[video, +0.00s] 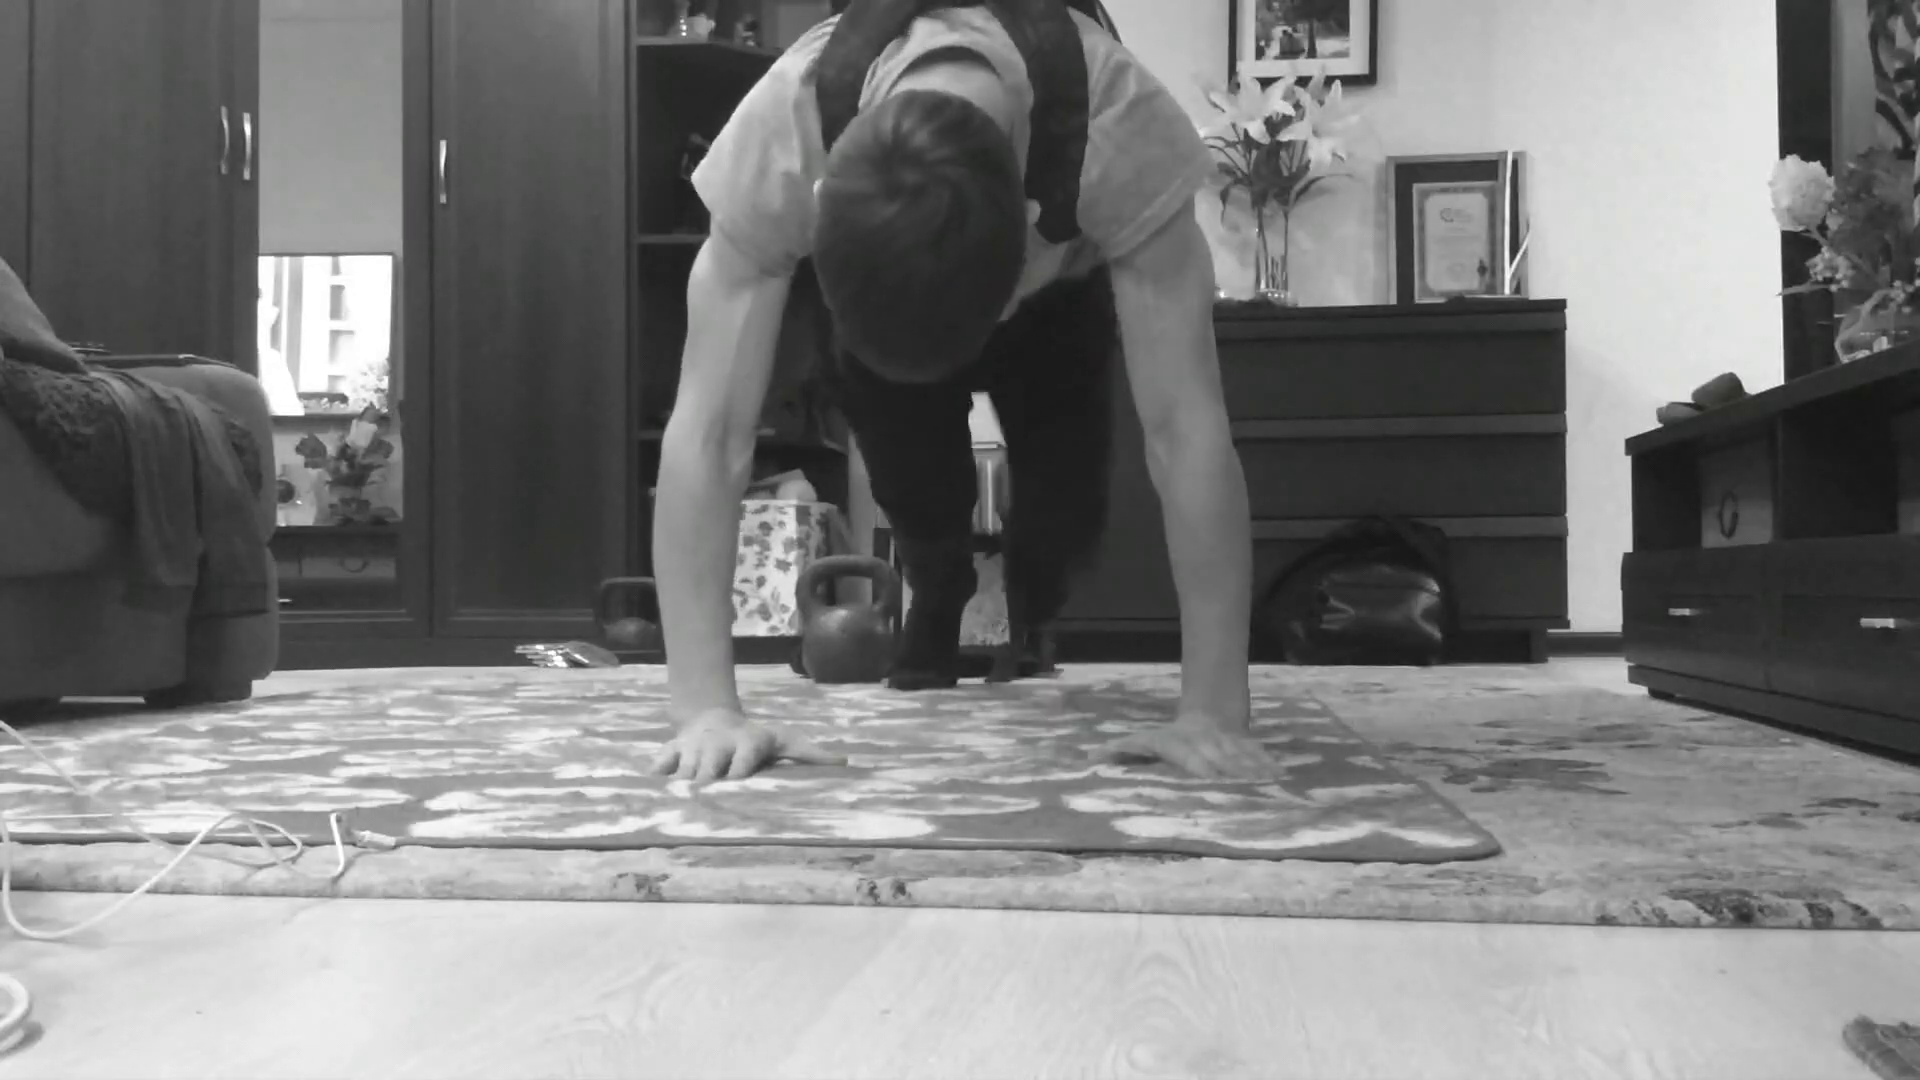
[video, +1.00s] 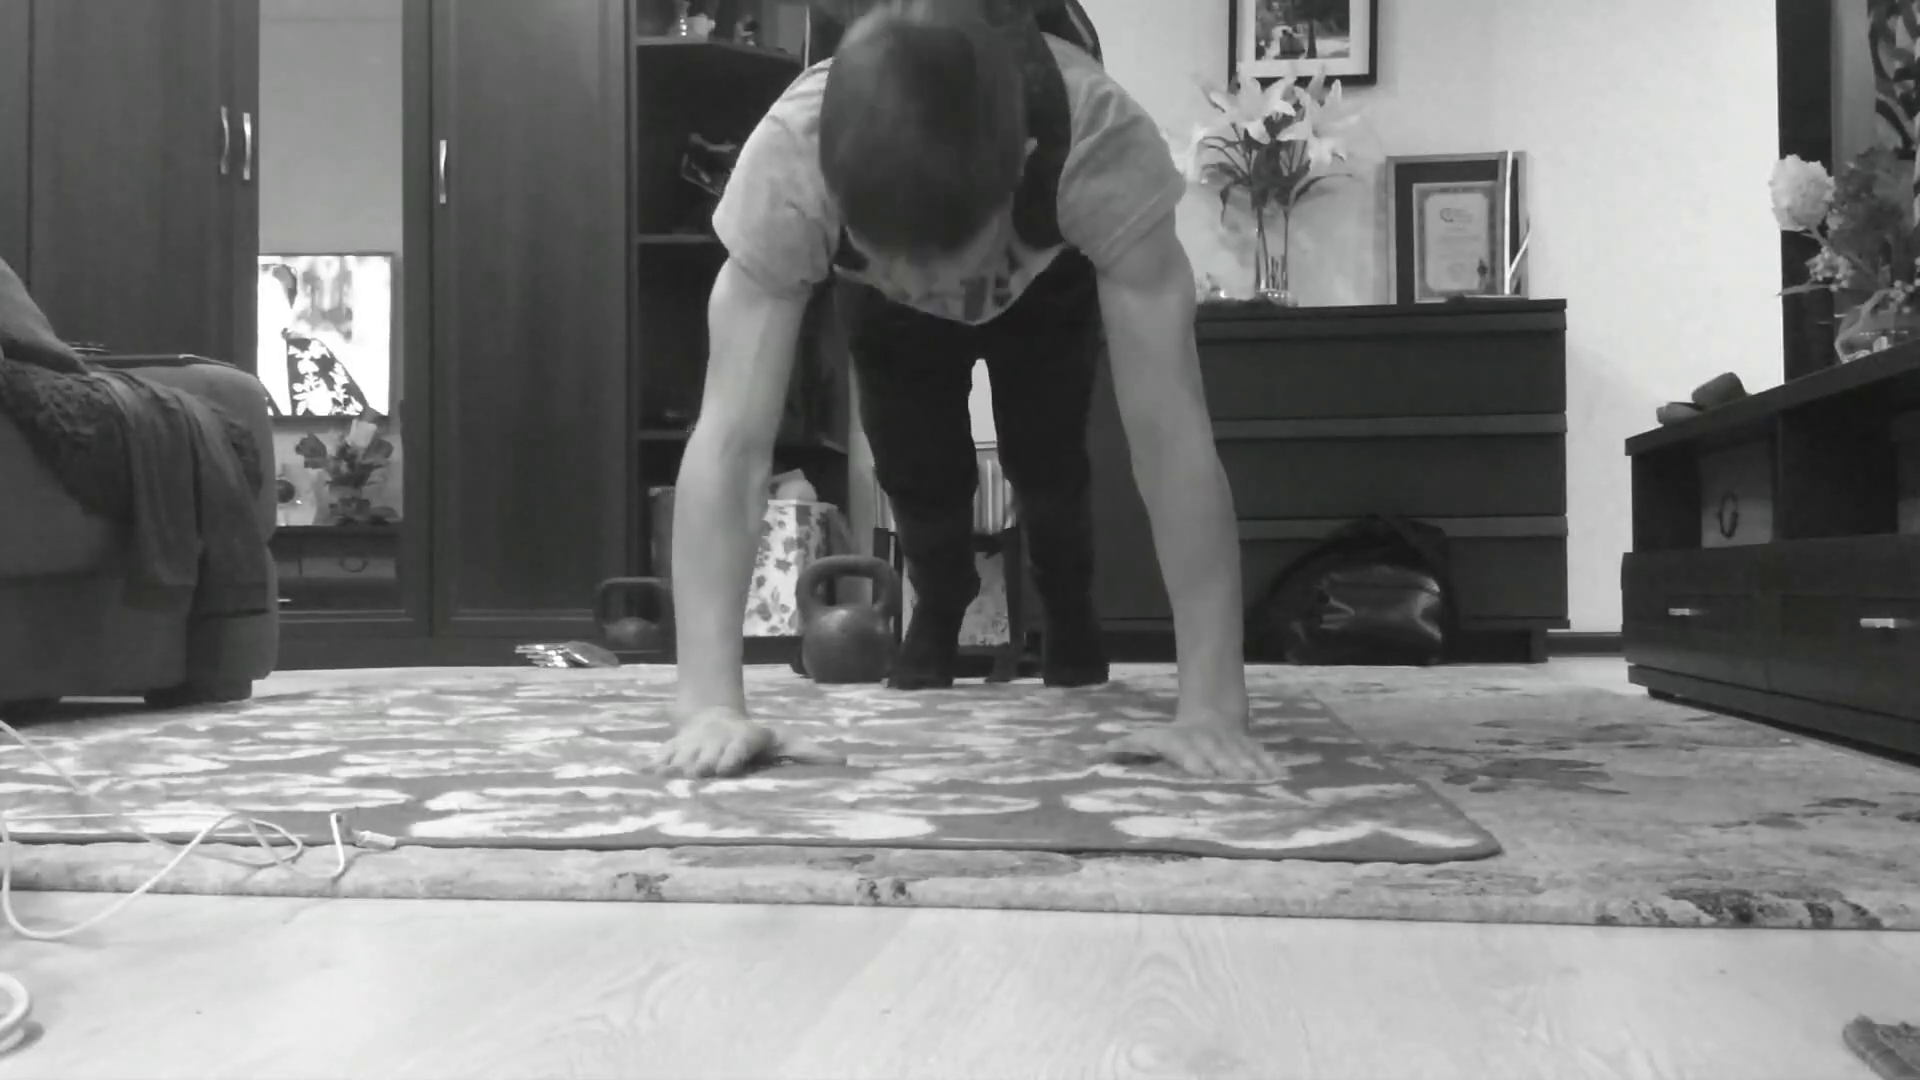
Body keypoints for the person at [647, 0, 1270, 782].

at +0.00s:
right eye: (887, 353)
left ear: (1014, 249)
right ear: (829, 223)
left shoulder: (1125, 139)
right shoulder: (778, 148)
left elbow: (1189, 431)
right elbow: (708, 434)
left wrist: (1215, 714)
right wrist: (706, 711)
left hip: (1055, 262)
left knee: (1065, 493)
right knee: (905, 474)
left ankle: (1032, 617)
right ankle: (934, 591)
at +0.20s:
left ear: (1023, 215)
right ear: (830, 223)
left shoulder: (1123, 141)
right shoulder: (778, 150)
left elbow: (1190, 427)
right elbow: (707, 431)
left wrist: (1215, 713)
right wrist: (706, 711)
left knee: (1037, 405)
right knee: (911, 434)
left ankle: (1032, 511)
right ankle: (940, 587)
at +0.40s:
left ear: (1026, 226)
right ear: (835, 239)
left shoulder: (1129, 145)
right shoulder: (785, 162)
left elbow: (1190, 422)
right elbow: (712, 432)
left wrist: (1216, 709)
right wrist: (706, 710)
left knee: (1035, 427)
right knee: (915, 427)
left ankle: (1039, 600)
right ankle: (945, 592)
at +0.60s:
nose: (942, 362)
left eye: (967, 347)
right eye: (906, 351)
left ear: (1034, 214)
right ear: (841, 224)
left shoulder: (1124, 148)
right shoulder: (789, 163)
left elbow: (1186, 431)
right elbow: (721, 436)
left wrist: (1214, 713)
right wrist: (707, 709)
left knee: (1047, 426)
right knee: (910, 425)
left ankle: (1048, 613)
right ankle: (933, 603)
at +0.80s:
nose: (955, 338)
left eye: (983, 307)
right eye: (912, 325)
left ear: (1033, 207)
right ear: (840, 213)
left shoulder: (1121, 157)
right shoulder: (785, 174)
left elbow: (1180, 442)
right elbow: (726, 444)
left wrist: (1214, 712)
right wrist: (709, 707)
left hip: (1053, 251)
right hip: (879, 262)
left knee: (1048, 454)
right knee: (913, 461)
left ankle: (1065, 618)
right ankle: (933, 609)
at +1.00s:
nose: (942, 299)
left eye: (969, 270)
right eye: (906, 278)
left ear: (1025, 165)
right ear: (840, 197)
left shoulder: (1113, 162)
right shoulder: (784, 180)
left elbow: (1175, 444)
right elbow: (727, 448)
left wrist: (1213, 709)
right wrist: (711, 706)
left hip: (1047, 265)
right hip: (875, 279)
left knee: (1049, 469)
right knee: (915, 474)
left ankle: (1069, 630)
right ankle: (935, 613)